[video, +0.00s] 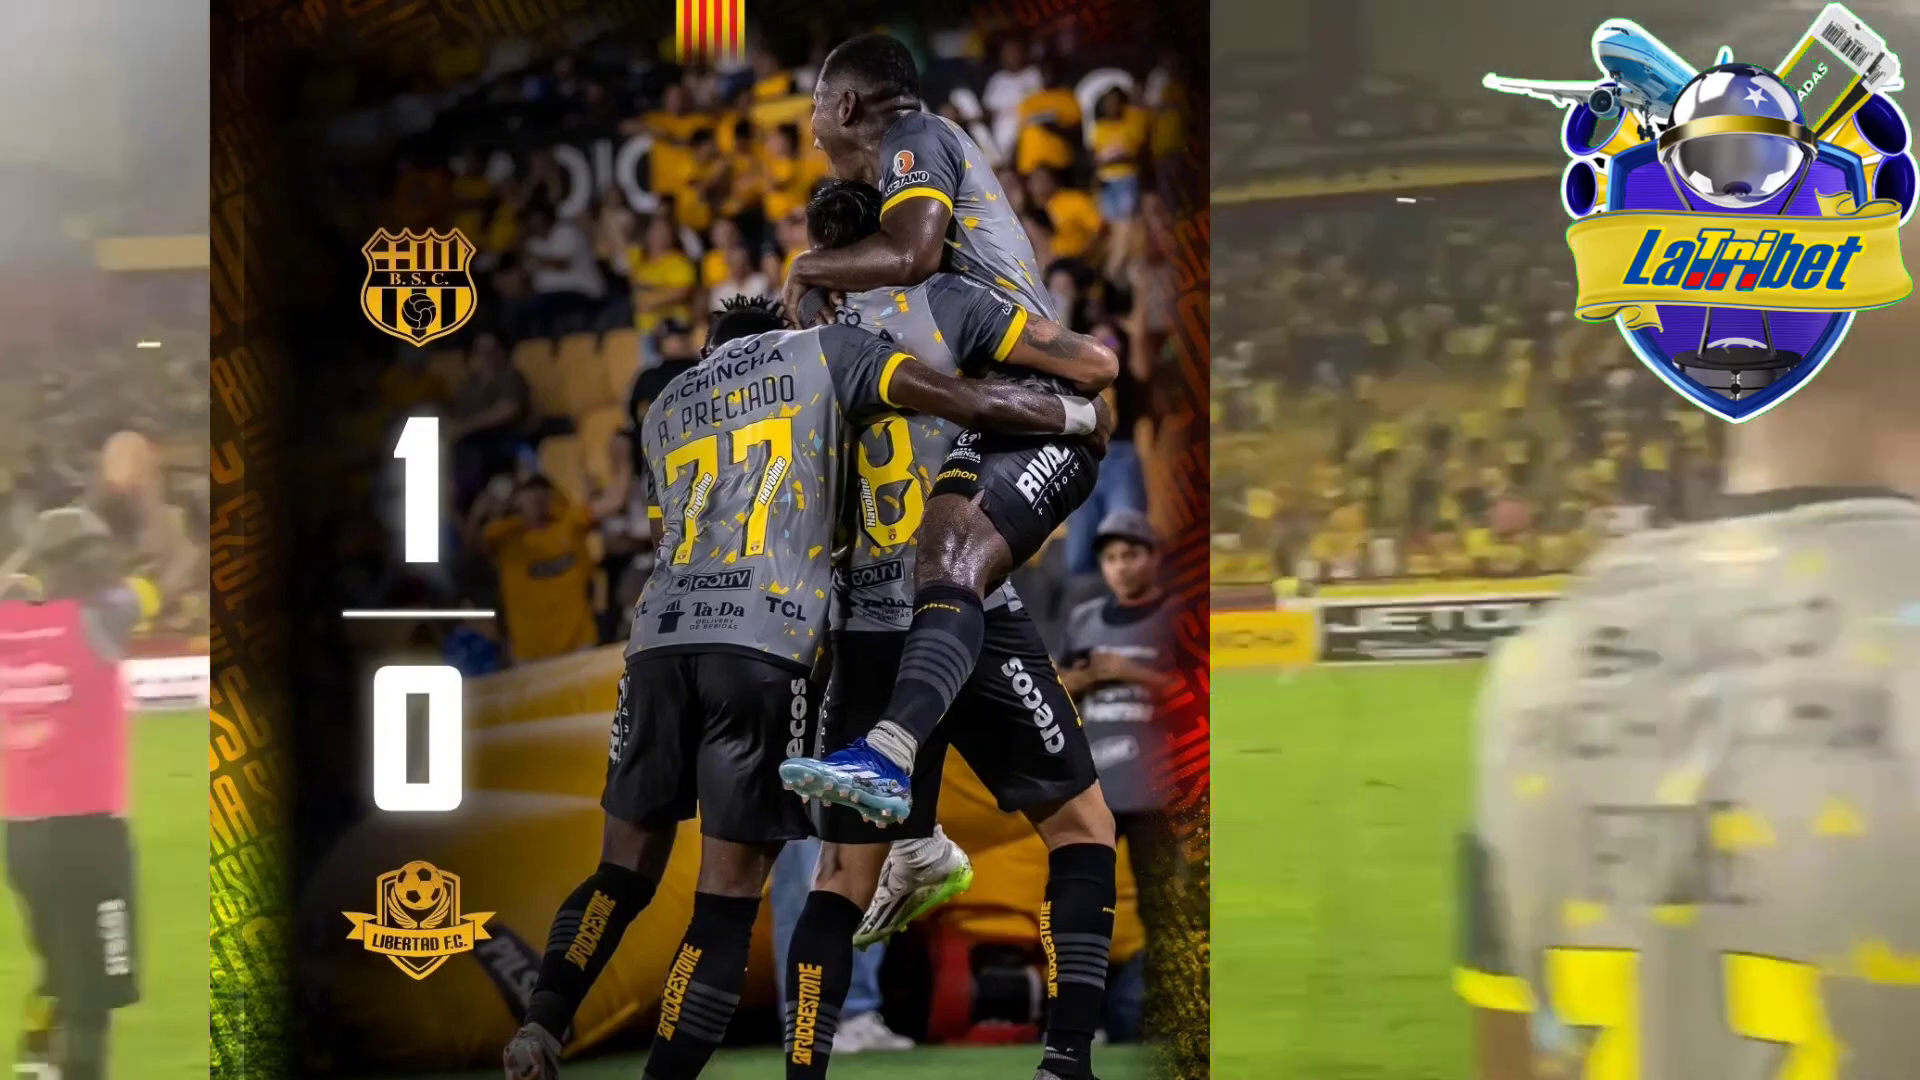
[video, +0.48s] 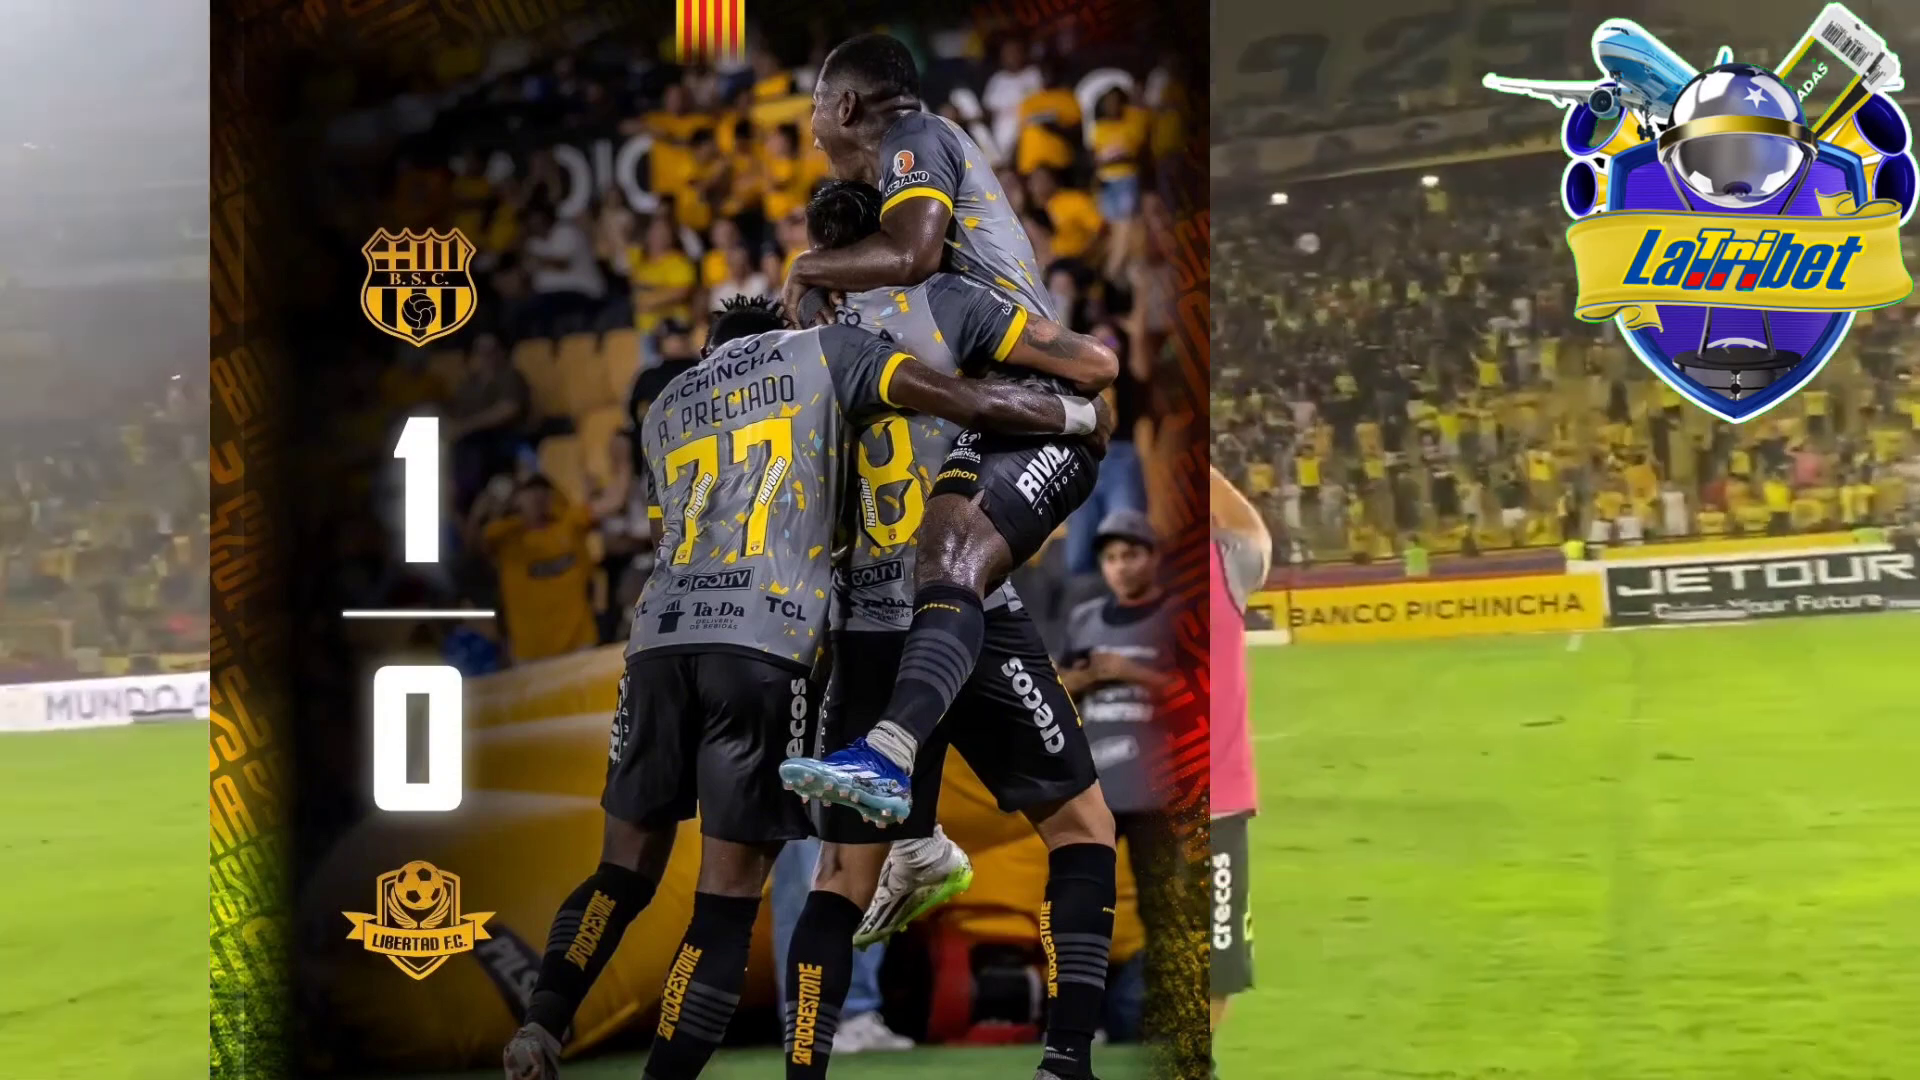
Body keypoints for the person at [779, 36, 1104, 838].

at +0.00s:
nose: (818, 135)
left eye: (822, 114)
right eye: (815, 117)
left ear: (857, 101)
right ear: (877, 103)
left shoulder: (914, 132)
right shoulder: (905, 153)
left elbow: (914, 250)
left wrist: (808, 265)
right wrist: (812, 298)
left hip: (1040, 399)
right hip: (979, 397)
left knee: (953, 555)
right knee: (893, 564)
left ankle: (887, 757)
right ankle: (915, 837)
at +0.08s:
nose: (815, 130)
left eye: (821, 110)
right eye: (814, 112)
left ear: (857, 102)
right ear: (879, 104)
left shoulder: (914, 133)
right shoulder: (899, 161)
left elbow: (913, 251)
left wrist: (808, 265)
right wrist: (811, 297)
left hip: (1041, 399)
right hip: (979, 398)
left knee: (954, 554)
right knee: (893, 563)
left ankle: (888, 756)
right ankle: (915, 840)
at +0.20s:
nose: (816, 133)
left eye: (821, 113)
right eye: (814, 115)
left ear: (857, 102)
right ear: (877, 105)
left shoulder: (914, 133)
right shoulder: (898, 161)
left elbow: (915, 250)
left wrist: (807, 265)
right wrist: (804, 299)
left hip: (1042, 399)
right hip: (978, 397)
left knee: (953, 556)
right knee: (889, 564)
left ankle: (887, 756)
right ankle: (916, 841)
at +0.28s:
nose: (816, 131)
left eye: (821, 111)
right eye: (814, 114)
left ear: (857, 103)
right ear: (880, 104)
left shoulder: (914, 133)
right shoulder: (899, 161)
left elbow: (914, 251)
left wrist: (808, 264)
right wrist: (812, 295)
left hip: (1040, 399)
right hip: (978, 397)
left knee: (953, 555)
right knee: (892, 565)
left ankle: (888, 756)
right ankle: (915, 840)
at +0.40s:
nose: (816, 132)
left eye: (821, 112)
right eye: (815, 114)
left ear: (857, 103)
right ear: (880, 104)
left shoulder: (914, 133)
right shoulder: (899, 161)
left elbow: (914, 251)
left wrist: (808, 264)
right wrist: (812, 295)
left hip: (1040, 398)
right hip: (979, 397)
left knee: (953, 555)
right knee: (892, 565)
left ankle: (888, 756)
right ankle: (915, 840)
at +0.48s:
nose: (816, 128)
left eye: (821, 109)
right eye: (815, 111)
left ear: (855, 102)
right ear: (880, 104)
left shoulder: (915, 134)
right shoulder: (903, 161)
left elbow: (913, 250)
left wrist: (806, 265)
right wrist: (815, 298)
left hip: (1042, 399)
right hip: (983, 396)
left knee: (953, 557)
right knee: (898, 567)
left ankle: (889, 757)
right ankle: (916, 837)